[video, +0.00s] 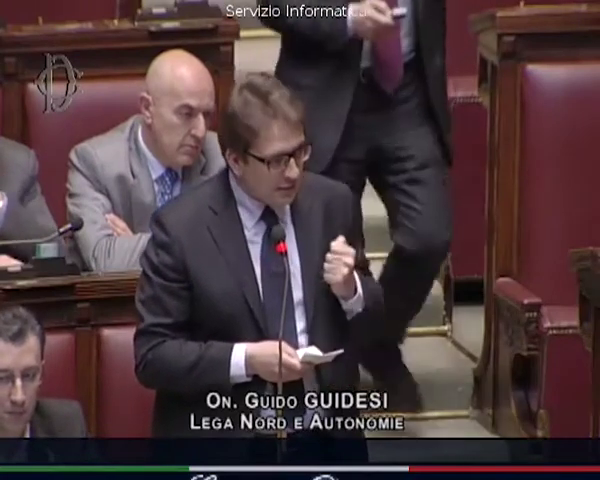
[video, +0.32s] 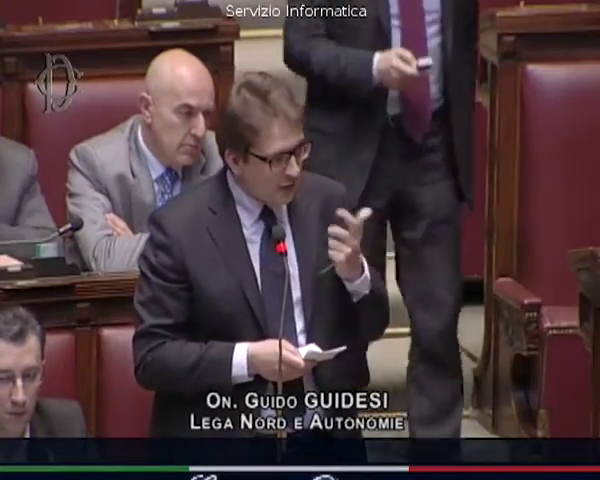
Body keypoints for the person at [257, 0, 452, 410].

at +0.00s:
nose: (287, 170)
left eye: (291, 158)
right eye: (272, 160)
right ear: (239, 157)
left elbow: (433, 34)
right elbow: (273, 10)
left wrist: (438, 119)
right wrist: (345, 19)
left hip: (410, 93)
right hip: (328, 93)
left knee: (428, 240)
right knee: (335, 256)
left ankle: (380, 343)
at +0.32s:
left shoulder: (460, 9)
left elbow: (465, 56)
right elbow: (299, 46)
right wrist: (371, 66)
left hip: (433, 144)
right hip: (347, 142)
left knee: (437, 328)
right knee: (346, 313)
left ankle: (436, 462)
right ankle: (334, 453)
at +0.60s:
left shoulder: (486, 6)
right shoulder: (357, 5)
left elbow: (493, 78)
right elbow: (329, 78)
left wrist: (494, 167)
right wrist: (404, 104)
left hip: (464, 172)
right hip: (384, 171)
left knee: (457, 337)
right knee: (385, 328)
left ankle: (430, 466)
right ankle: (367, 458)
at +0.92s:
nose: (463, 0)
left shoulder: (492, 15)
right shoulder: (368, 19)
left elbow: (504, 118)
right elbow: (337, 123)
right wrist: (411, 148)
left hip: (473, 219)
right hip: (393, 221)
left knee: (468, 376)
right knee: (400, 382)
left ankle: (431, 474)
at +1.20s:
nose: (467, 27)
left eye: (476, 16)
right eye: (458, 15)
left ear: (486, 9)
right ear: (428, 0)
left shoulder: (488, 34)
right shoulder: (365, 36)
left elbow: (494, 140)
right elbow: (331, 149)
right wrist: (407, 176)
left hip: (472, 243)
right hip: (395, 248)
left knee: (492, 391)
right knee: (399, 413)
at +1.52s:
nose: (490, 46)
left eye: (499, 31)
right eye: (476, 32)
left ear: (508, 19)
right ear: (438, 13)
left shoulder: (507, 65)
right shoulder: (383, 67)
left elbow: (511, 178)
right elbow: (355, 171)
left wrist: (509, 285)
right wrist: (433, 177)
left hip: (485, 278)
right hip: (407, 281)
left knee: (491, 442)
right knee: (410, 443)